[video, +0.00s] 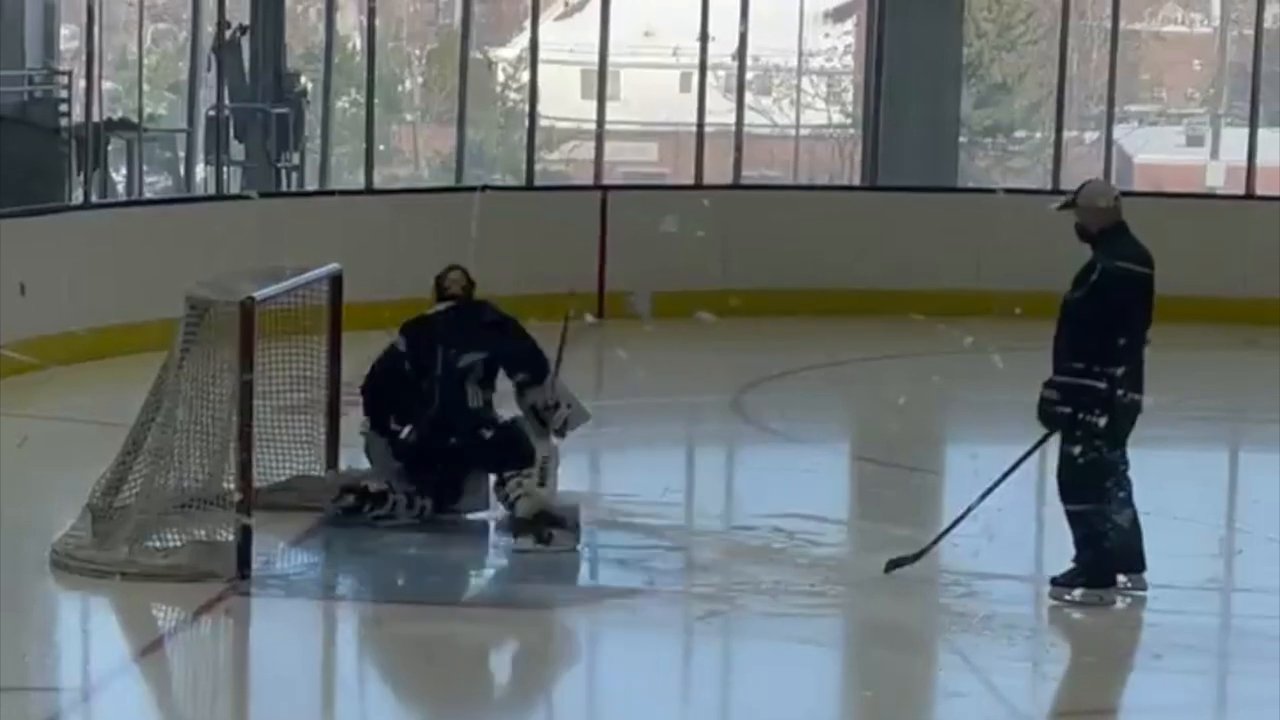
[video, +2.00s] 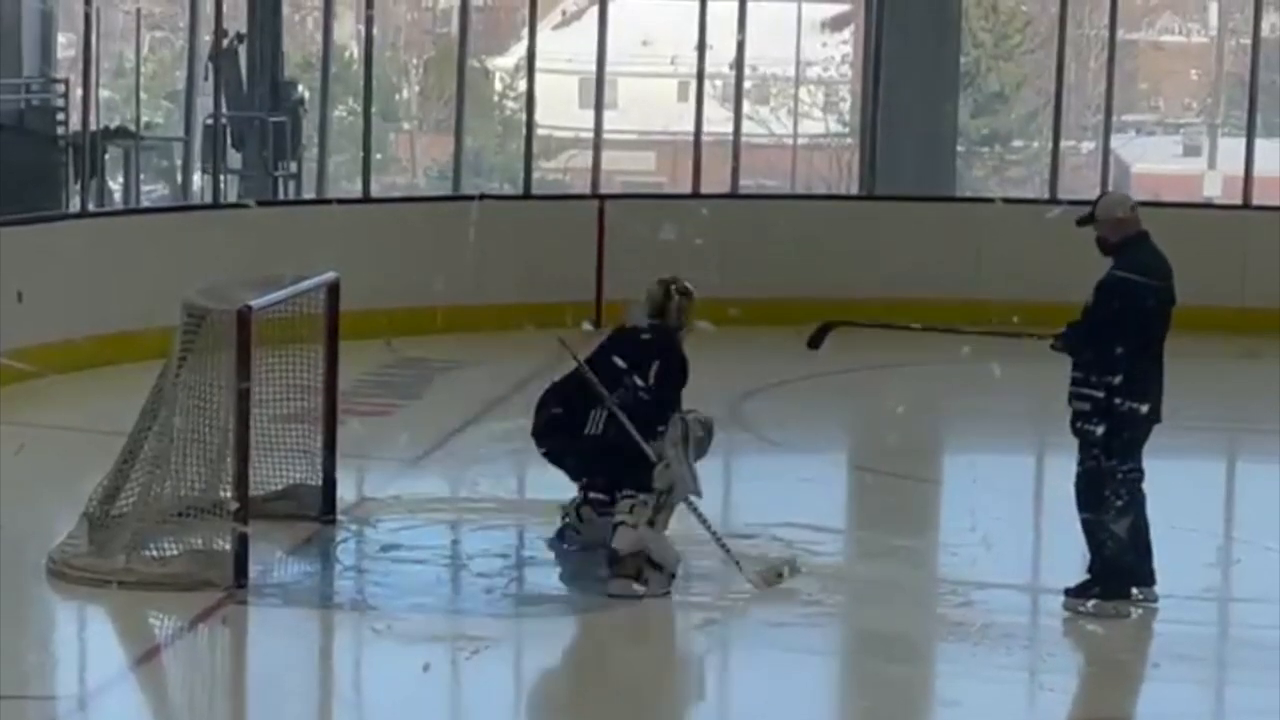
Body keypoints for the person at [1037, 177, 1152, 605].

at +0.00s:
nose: (1075, 223)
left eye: (1079, 215)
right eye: (1075, 214)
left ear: (1096, 216)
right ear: (1111, 213)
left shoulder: (1112, 266)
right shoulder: (1127, 258)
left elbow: (1095, 341)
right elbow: (1085, 336)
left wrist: (1066, 392)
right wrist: (1059, 387)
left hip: (1096, 395)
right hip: (1113, 391)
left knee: (1079, 482)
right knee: (1108, 477)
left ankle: (1095, 570)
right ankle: (1125, 561)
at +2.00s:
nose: (1096, 236)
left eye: (1099, 228)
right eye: (1095, 228)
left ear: (1117, 226)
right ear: (1130, 223)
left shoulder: (1128, 272)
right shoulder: (1150, 265)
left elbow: (1103, 336)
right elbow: (1117, 328)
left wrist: (1069, 338)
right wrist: (1077, 334)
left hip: (1115, 404)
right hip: (1134, 401)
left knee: (1098, 489)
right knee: (1122, 487)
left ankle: (1111, 582)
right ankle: (1133, 575)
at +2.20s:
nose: (1085, 239)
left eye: (1089, 231)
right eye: (1085, 231)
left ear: (1107, 230)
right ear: (1118, 227)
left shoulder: (1121, 276)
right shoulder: (1143, 265)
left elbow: (1099, 352)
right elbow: (1141, 339)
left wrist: (1084, 411)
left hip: (1116, 406)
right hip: (1135, 401)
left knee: (1098, 493)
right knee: (1122, 489)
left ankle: (1108, 583)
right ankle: (1134, 577)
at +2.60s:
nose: (1055, 263)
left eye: (1059, 254)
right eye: (1053, 254)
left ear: (1079, 252)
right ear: (1080, 251)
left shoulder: (1114, 292)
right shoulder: (1088, 287)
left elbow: (1112, 366)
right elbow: (1074, 350)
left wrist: (1069, 396)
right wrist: (1054, 383)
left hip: (1110, 419)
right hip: (1089, 415)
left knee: (1079, 500)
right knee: (1109, 498)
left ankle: (1085, 591)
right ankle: (1133, 577)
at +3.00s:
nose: (1030, 262)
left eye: (1036, 256)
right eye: (1029, 255)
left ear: (1060, 254)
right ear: (1044, 254)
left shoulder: (1102, 298)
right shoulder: (1040, 287)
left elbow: (1105, 376)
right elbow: (1017, 345)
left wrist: (1090, 437)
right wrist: (983, 386)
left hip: (1077, 425)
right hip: (1038, 422)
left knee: (1056, 519)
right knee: (1054, 511)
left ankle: (1046, 615)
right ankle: (1075, 586)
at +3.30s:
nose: (1010, 264)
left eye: (1016, 256)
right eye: (1009, 256)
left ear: (1041, 256)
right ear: (1027, 255)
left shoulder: (1088, 305)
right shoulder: (1020, 293)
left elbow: (1093, 383)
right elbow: (987, 355)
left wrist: (1083, 441)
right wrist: (947, 395)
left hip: (1058, 440)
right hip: (1011, 435)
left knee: (1052, 535)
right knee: (1005, 527)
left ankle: (1045, 629)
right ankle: (1006, 601)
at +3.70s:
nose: (993, 275)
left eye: (999, 268)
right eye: (992, 268)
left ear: (1023, 266)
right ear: (1005, 267)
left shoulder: (1070, 315)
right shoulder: (1000, 306)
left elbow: (1071, 397)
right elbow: (975, 367)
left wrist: (1057, 463)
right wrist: (935, 410)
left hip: (1043, 462)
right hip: (994, 457)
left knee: (1043, 562)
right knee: (980, 554)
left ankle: (1044, 657)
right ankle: (967, 649)